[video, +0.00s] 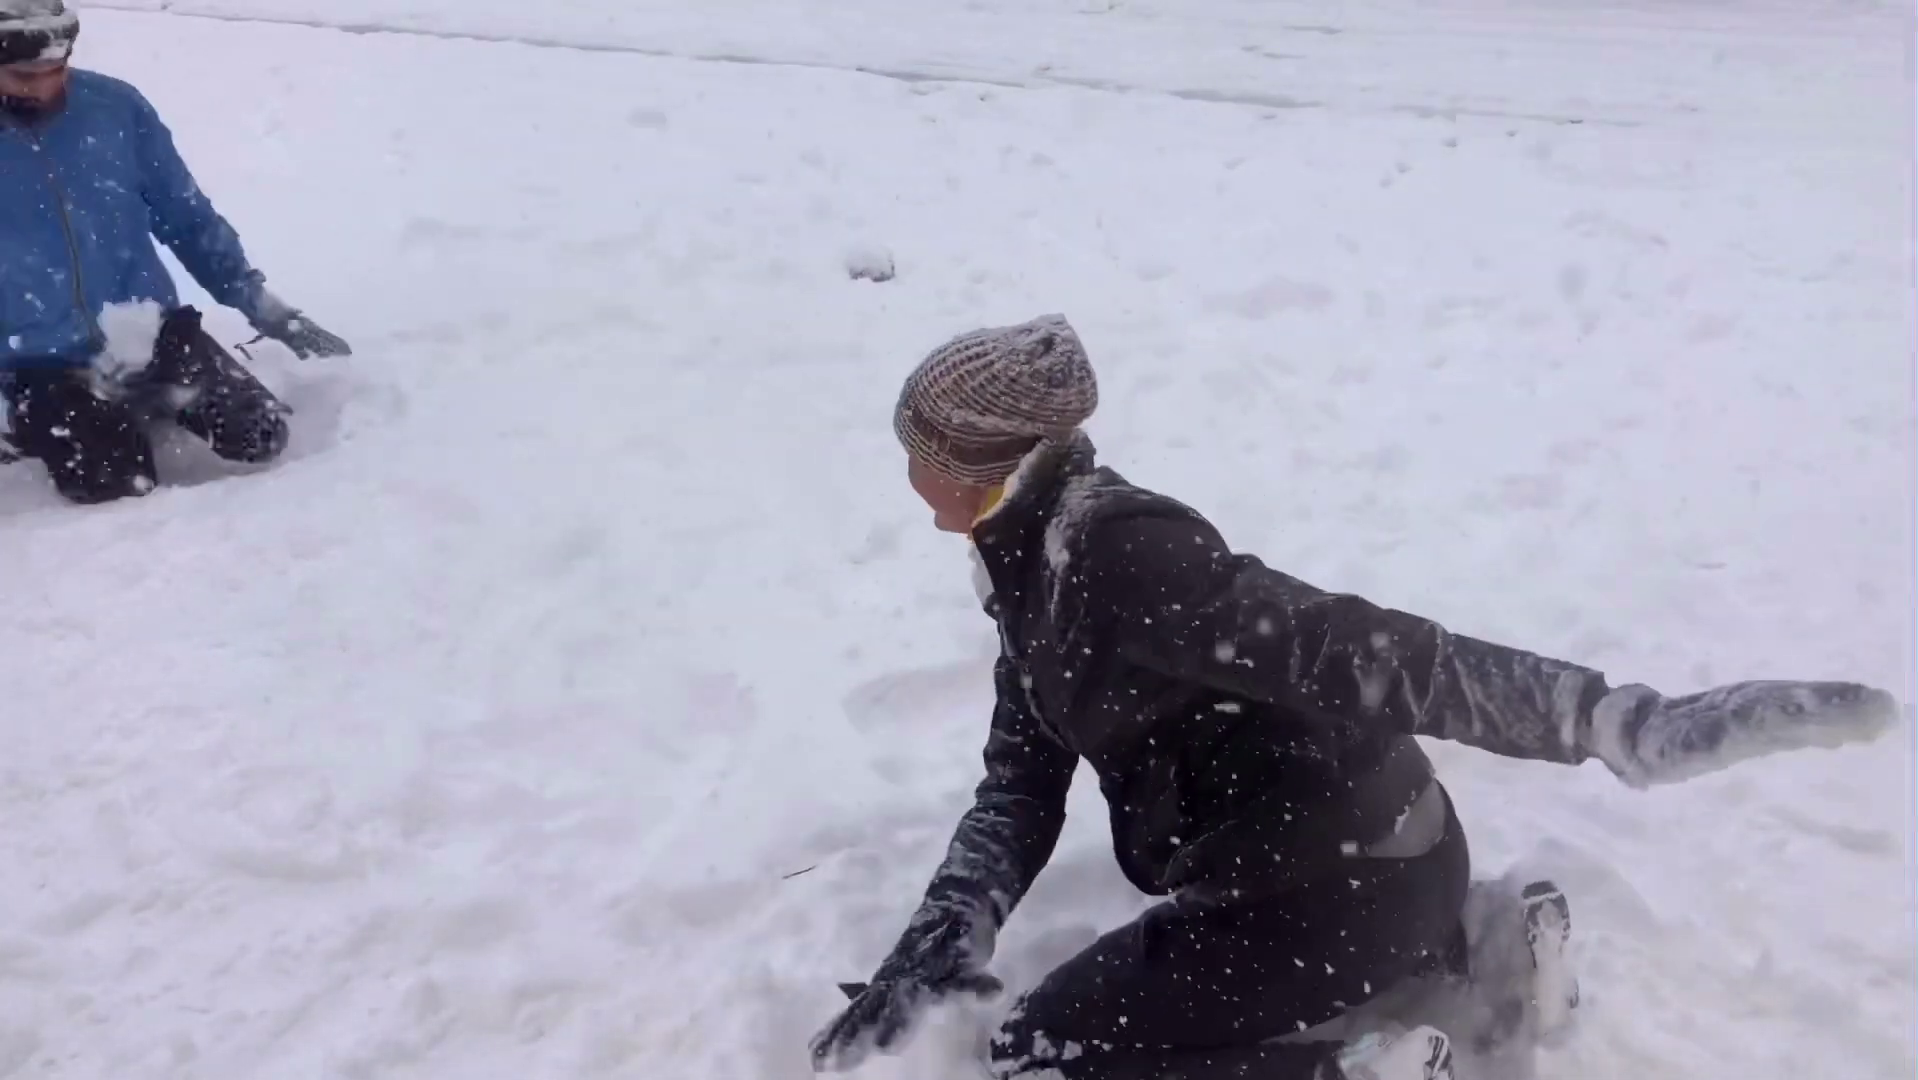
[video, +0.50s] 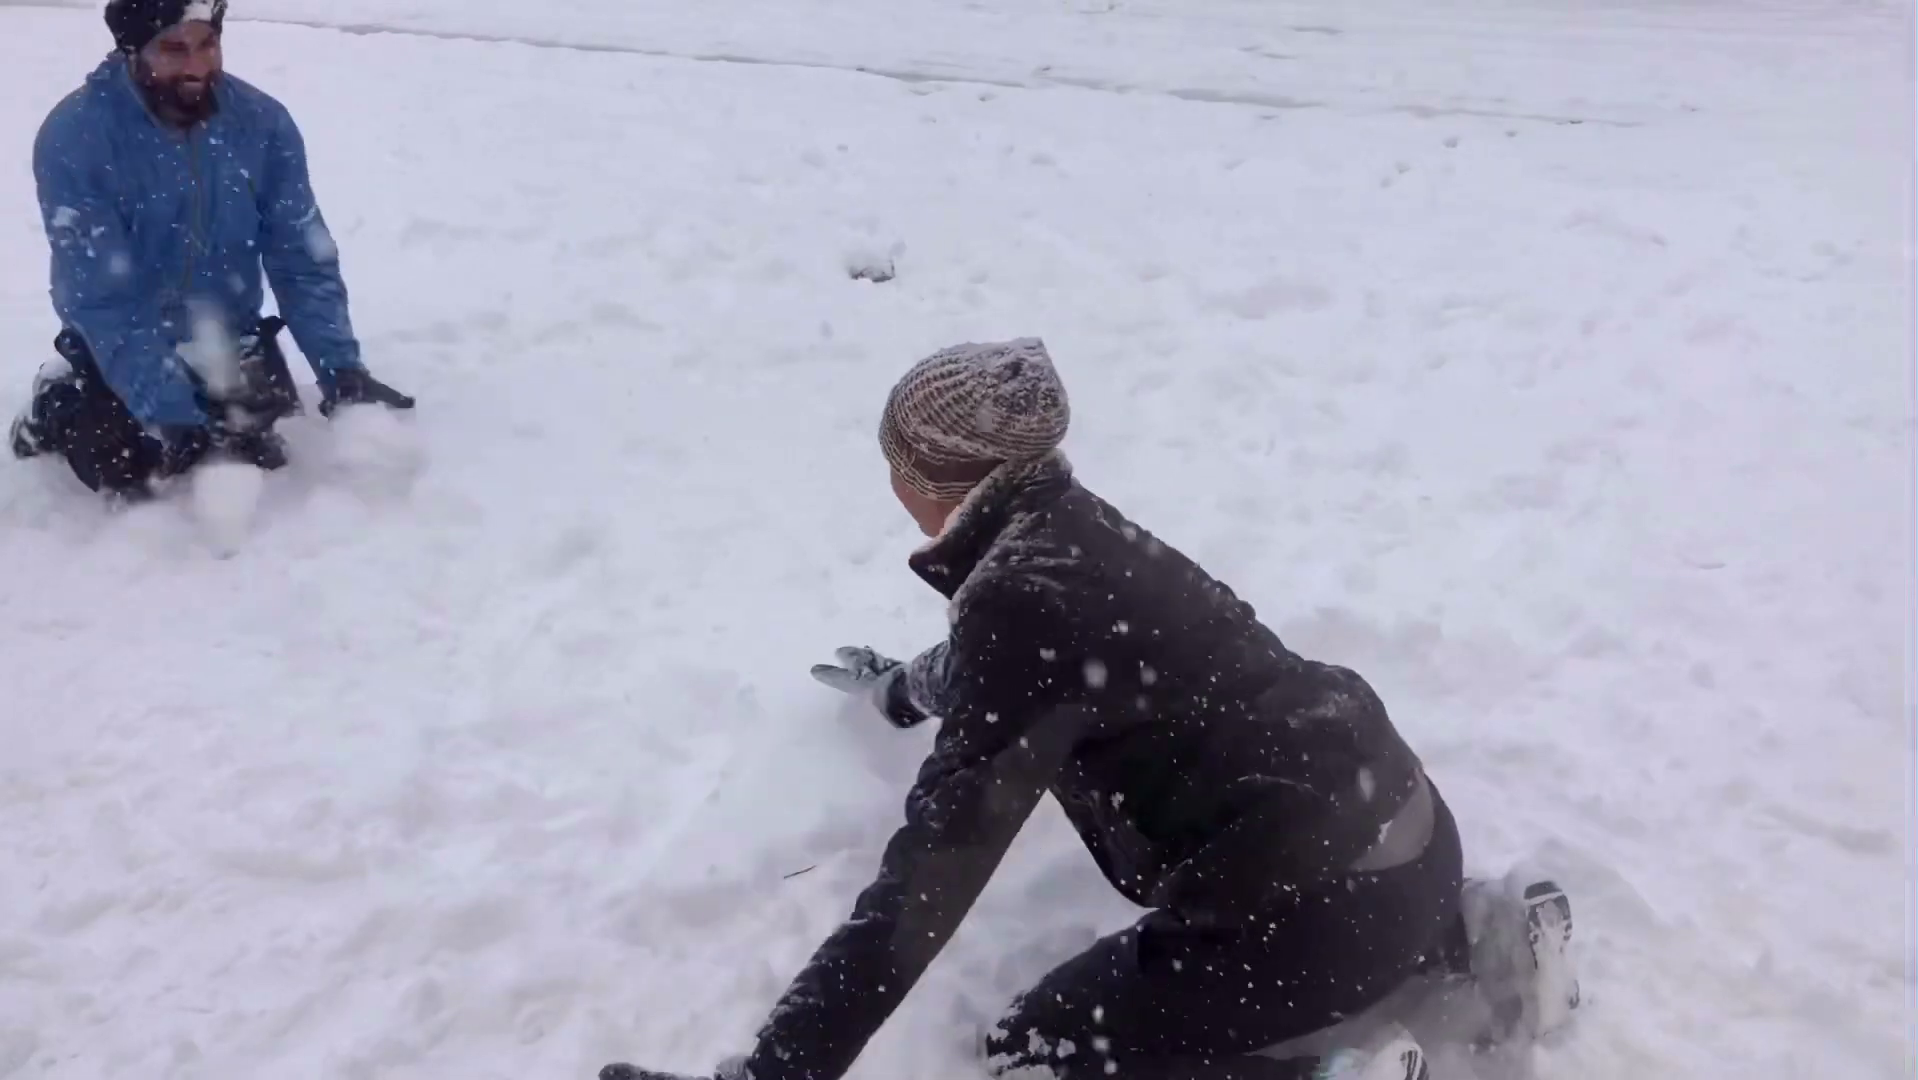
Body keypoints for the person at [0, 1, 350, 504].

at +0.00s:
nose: (46, 87)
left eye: (56, 68)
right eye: (26, 75)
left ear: (69, 53)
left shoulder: (116, 108)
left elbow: (188, 219)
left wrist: (262, 305)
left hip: (149, 327)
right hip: (41, 359)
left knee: (262, 436)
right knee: (115, 484)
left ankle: (165, 388)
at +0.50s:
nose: (197, 67)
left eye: (207, 45)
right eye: (175, 50)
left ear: (221, 40)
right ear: (134, 51)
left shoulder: (262, 124)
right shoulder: (76, 136)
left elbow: (304, 262)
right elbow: (99, 300)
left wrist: (343, 372)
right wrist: (180, 424)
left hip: (231, 331)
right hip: (128, 336)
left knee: (263, 420)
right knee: (139, 473)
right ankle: (60, 407)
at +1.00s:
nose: (209, 11)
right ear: (145, 1)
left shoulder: (267, 64)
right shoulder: (86, 107)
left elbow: (324, 199)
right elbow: (92, 281)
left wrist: (375, 317)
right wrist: (114, 429)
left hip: (274, 331)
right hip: (172, 348)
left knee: (304, 485)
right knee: (252, 496)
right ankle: (130, 467)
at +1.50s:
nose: (249, 131)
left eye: (261, 106)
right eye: (225, 111)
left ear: (275, 94)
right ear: (180, 108)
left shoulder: (295, 148)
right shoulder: (104, 193)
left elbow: (333, 281)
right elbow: (127, 383)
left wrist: (376, 397)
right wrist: (218, 479)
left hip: (279, 377)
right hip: (176, 397)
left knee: (304, 453)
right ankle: (133, 491)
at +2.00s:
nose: (270, 151)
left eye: (282, 126)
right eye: (243, 136)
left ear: (293, 108)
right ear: (191, 128)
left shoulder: (317, 136)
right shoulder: (123, 213)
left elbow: (394, 270)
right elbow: (164, 387)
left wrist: (466, 406)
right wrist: (221, 522)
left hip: (312, 341)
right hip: (211, 387)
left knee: (437, 431)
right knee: (278, 529)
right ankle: (140, 471)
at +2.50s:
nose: (343, 120)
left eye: (357, 94)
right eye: (318, 104)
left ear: (371, 62)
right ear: (269, 86)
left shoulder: (427, 90)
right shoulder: (214, 176)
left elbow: (503, 164)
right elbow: (260, 359)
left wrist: (559, 231)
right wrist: (333, 519)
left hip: (469, 375)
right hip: (339, 405)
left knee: (583, 529)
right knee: (283, 542)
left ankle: (466, 445)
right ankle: (190, 476)